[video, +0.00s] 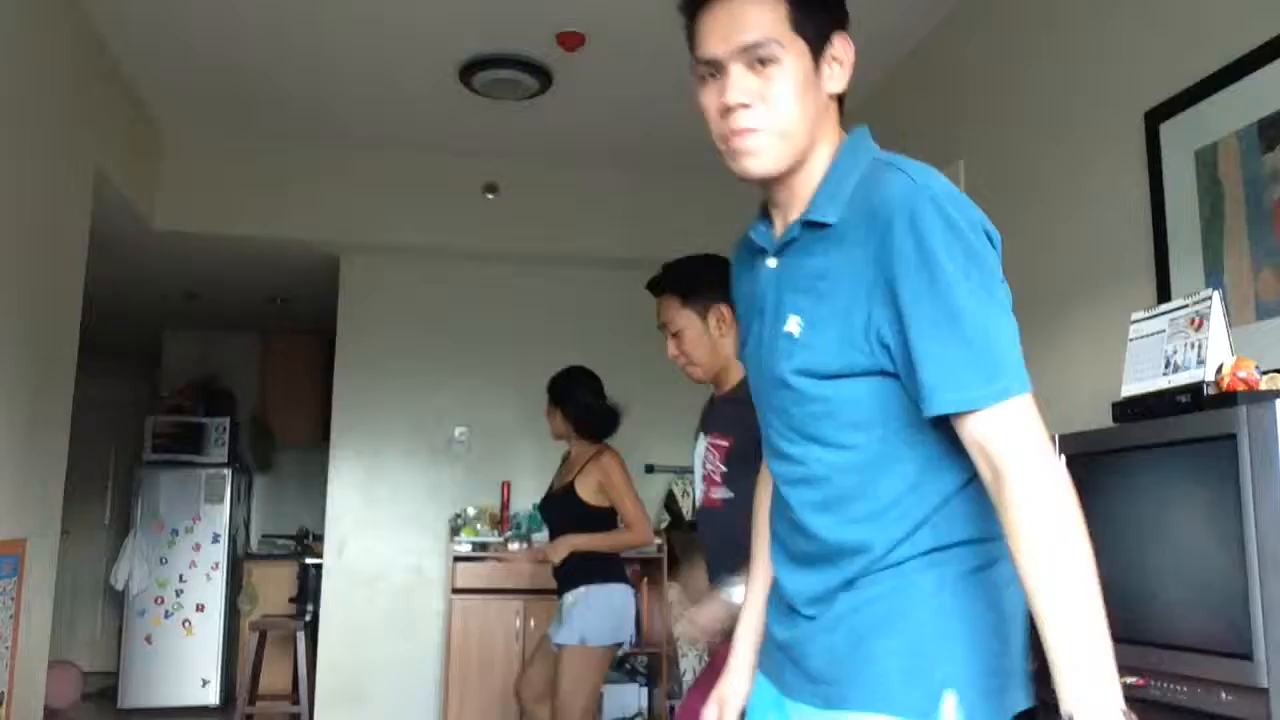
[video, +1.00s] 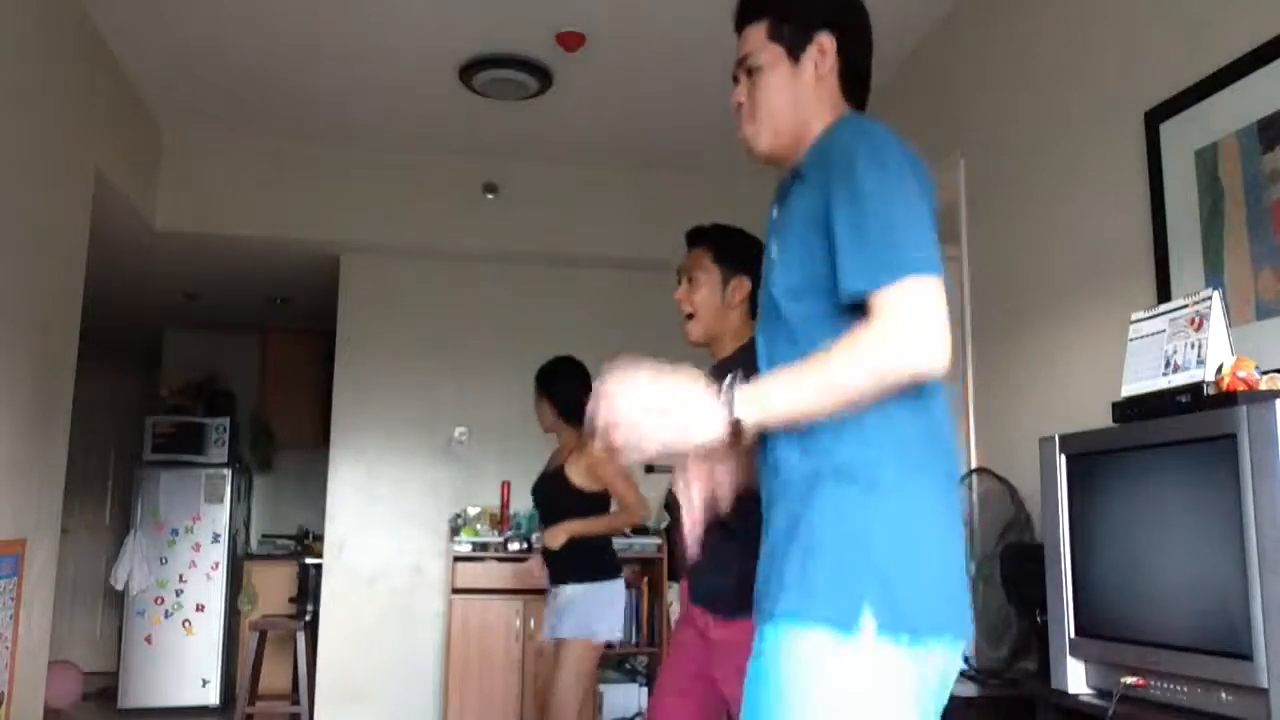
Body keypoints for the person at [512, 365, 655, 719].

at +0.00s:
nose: (546, 414)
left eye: (551, 406)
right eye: (548, 405)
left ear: (569, 410)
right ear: (575, 412)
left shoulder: (605, 460)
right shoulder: (569, 460)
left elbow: (641, 533)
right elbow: (579, 533)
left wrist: (572, 543)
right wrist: (538, 553)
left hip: (601, 597)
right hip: (576, 596)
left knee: (572, 708)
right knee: (532, 691)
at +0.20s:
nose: (541, 396)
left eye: (545, 386)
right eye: (542, 387)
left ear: (564, 389)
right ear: (572, 390)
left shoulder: (600, 428)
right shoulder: (568, 435)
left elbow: (651, 482)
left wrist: (585, 509)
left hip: (606, 577)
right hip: (569, 576)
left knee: (581, 697)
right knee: (552, 689)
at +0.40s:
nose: (538, 424)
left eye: (542, 415)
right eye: (539, 416)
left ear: (558, 419)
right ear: (571, 417)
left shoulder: (593, 462)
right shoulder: (568, 466)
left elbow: (640, 521)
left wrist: (575, 545)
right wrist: (562, 550)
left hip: (606, 600)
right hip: (582, 601)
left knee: (577, 710)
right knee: (538, 704)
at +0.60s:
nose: (535, 402)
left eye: (540, 393)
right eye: (536, 393)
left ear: (558, 394)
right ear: (565, 395)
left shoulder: (590, 434)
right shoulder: (565, 441)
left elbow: (641, 487)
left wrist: (576, 512)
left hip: (603, 582)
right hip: (574, 583)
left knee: (574, 699)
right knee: (562, 697)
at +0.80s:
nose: (540, 422)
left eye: (543, 414)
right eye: (541, 414)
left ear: (558, 418)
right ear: (571, 417)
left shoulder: (592, 464)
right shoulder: (568, 464)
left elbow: (643, 521)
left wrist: (579, 543)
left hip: (601, 605)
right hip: (575, 605)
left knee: (574, 709)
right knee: (522, 689)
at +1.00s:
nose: (536, 408)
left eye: (540, 399)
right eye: (537, 399)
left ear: (556, 403)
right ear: (568, 402)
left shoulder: (595, 452)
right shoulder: (559, 452)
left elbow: (637, 511)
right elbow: (572, 510)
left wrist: (570, 528)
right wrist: (545, 544)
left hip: (593, 586)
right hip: (565, 585)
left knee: (562, 706)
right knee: (556, 701)